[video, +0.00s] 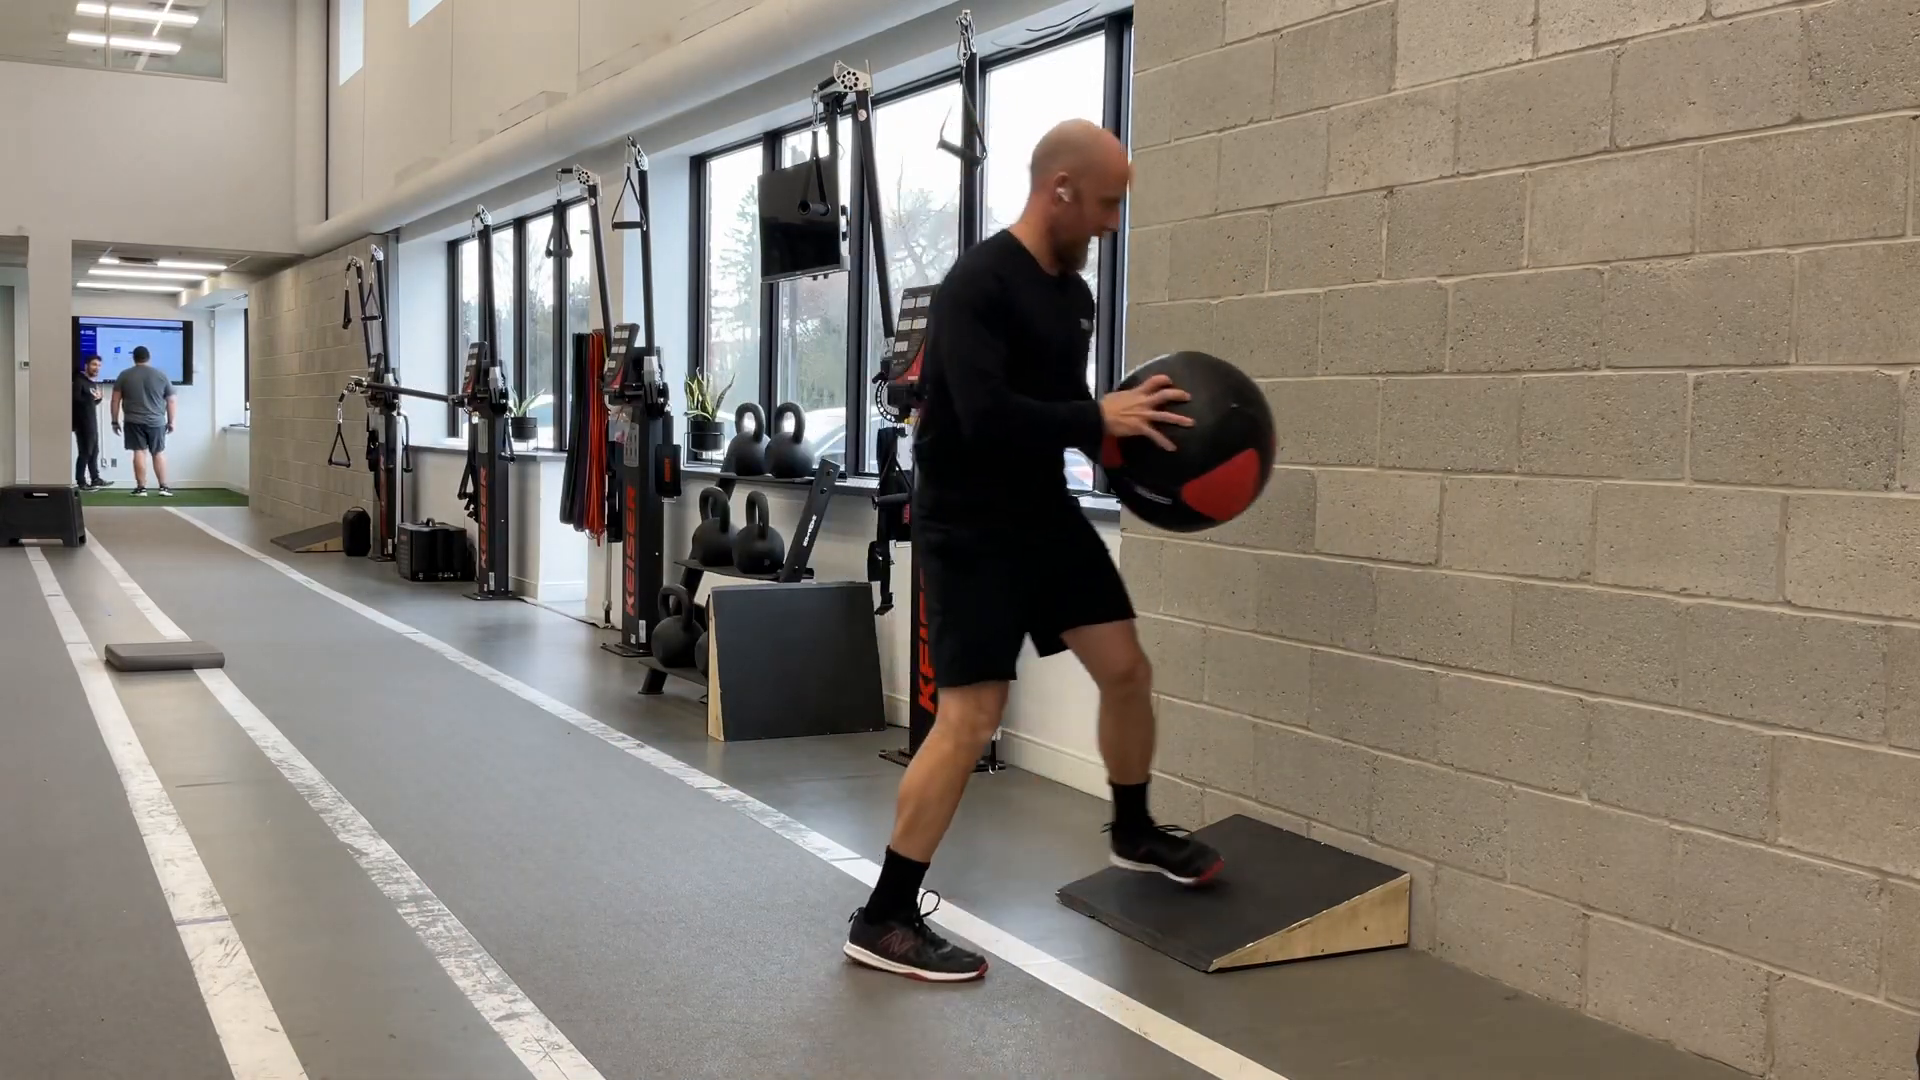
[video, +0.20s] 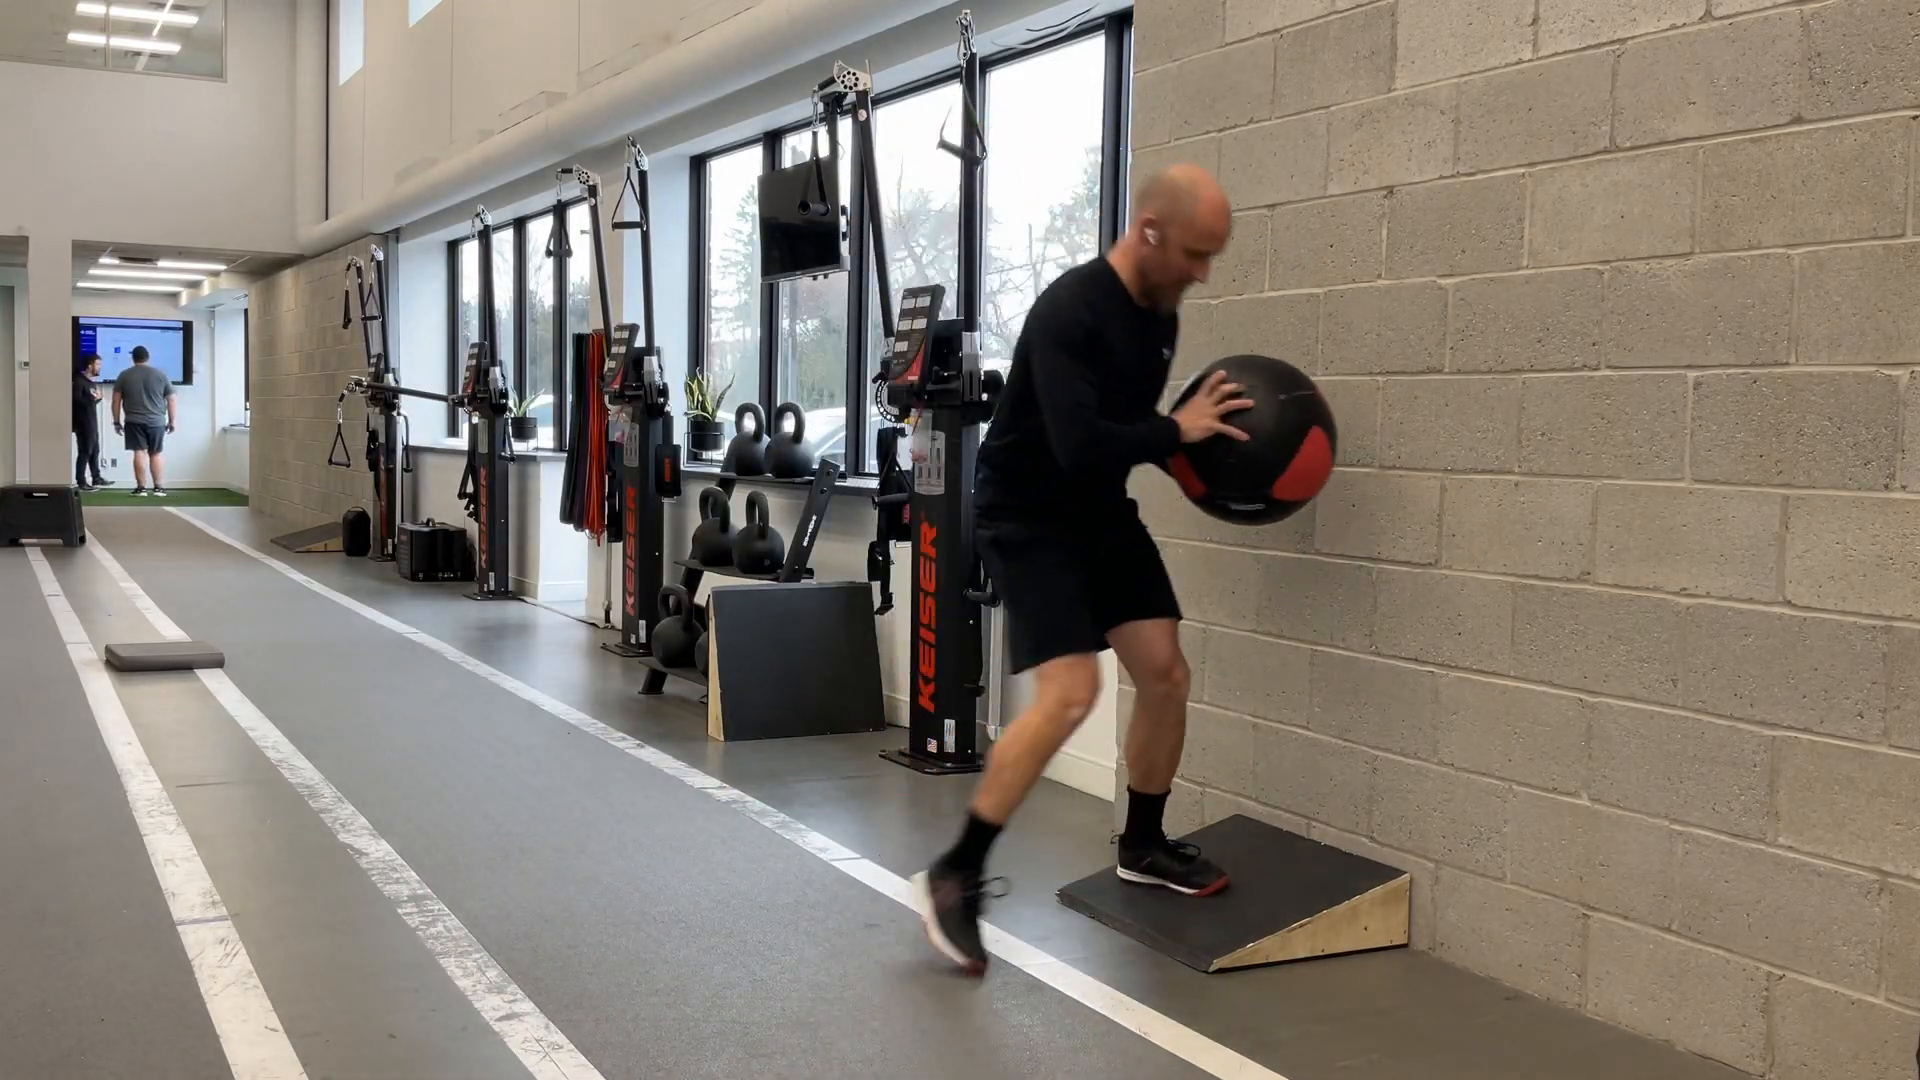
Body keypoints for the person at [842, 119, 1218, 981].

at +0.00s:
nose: (1116, 221)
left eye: (1121, 204)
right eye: (1109, 204)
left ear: (1064, 195)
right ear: (1057, 193)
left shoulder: (1069, 295)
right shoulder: (976, 281)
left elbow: (1062, 412)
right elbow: (981, 410)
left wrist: (1138, 454)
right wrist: (1094, 418)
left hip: (1043, 514)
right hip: (965, 526)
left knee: (1126, 671)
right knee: (968, 717)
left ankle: (1134, 830)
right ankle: (885, 916)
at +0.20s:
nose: (1204, 274)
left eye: (1212, 258)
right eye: (1197, 255)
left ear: (1166, 239)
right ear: (1146, 232)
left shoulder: (1155, 315)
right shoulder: (1070, 309)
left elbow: (1133, 426)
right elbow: (1077, 440)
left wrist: (1202, 466)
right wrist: (1173, 428)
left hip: (1103, 508)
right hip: (1028, 512)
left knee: (1164, 672)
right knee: (1068, 692)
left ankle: (1143, 845)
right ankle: (956, 873)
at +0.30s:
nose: (1232, 304)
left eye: (1241, 290)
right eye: (1224, 287)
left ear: (1196, 268)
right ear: (1178, 261)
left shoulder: (1187, 324)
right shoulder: (1102, 332)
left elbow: (1158, 432)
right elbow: (1120, 468)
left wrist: (1224, 447)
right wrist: (1209, 439)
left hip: (1118, 510)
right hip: (1043, 512)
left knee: (1178, 674)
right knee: (1121, 672)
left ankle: (1144, 845)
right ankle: (1040, 849)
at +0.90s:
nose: (1233, 404)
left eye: (1245, 392)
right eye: (1225, 386)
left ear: (1261, 373)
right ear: (1185, 353)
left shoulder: (1194, 395)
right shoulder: (1136, 403)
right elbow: (1187, 537)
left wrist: (1293, 455)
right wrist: (1224, 467)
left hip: (1093, 556)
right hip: (1012, 554)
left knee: (1197, 692)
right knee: (1069, 714)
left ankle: (1146, 845)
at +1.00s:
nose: (1179, 364)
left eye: (1188, 350)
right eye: (1169, 347)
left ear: (1192, 334)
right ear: (1125, 324)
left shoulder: (1125, 373)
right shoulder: (1092, 394)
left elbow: (1169, 421)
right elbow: (1169, 509)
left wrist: (1251, 439)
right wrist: (1215, 455)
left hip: (1056, 562)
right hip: (969, 563)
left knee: (1171, 695)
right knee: (943, 723)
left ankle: (1144, 848)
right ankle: (837, 873)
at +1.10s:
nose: (1062, 293)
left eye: (1074, 278)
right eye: (1047, 275)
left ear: (1084, 272)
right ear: (1013, 261)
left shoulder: (1052, 344)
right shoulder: (990, 337)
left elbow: (1102, 413)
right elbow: (1083, 445)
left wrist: (1170, 446)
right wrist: (1162, 442)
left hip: (982, 542)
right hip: (891, 536)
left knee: (1090, 695)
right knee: (811, 690)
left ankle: (1138, 846)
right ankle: (690, 868)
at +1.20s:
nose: (946, 258)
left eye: (961, 244)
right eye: (931, 239)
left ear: (977, 235)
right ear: (898, 220)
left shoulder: (952, 304)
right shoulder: (863, 286)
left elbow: (984, 395)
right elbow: (914, 389)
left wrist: (1049, 427)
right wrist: (1013, 429)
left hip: (889, 524)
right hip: (799, 519)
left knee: (1005, 678)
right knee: (694, 692)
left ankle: (1051, 837)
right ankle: (532, 879)